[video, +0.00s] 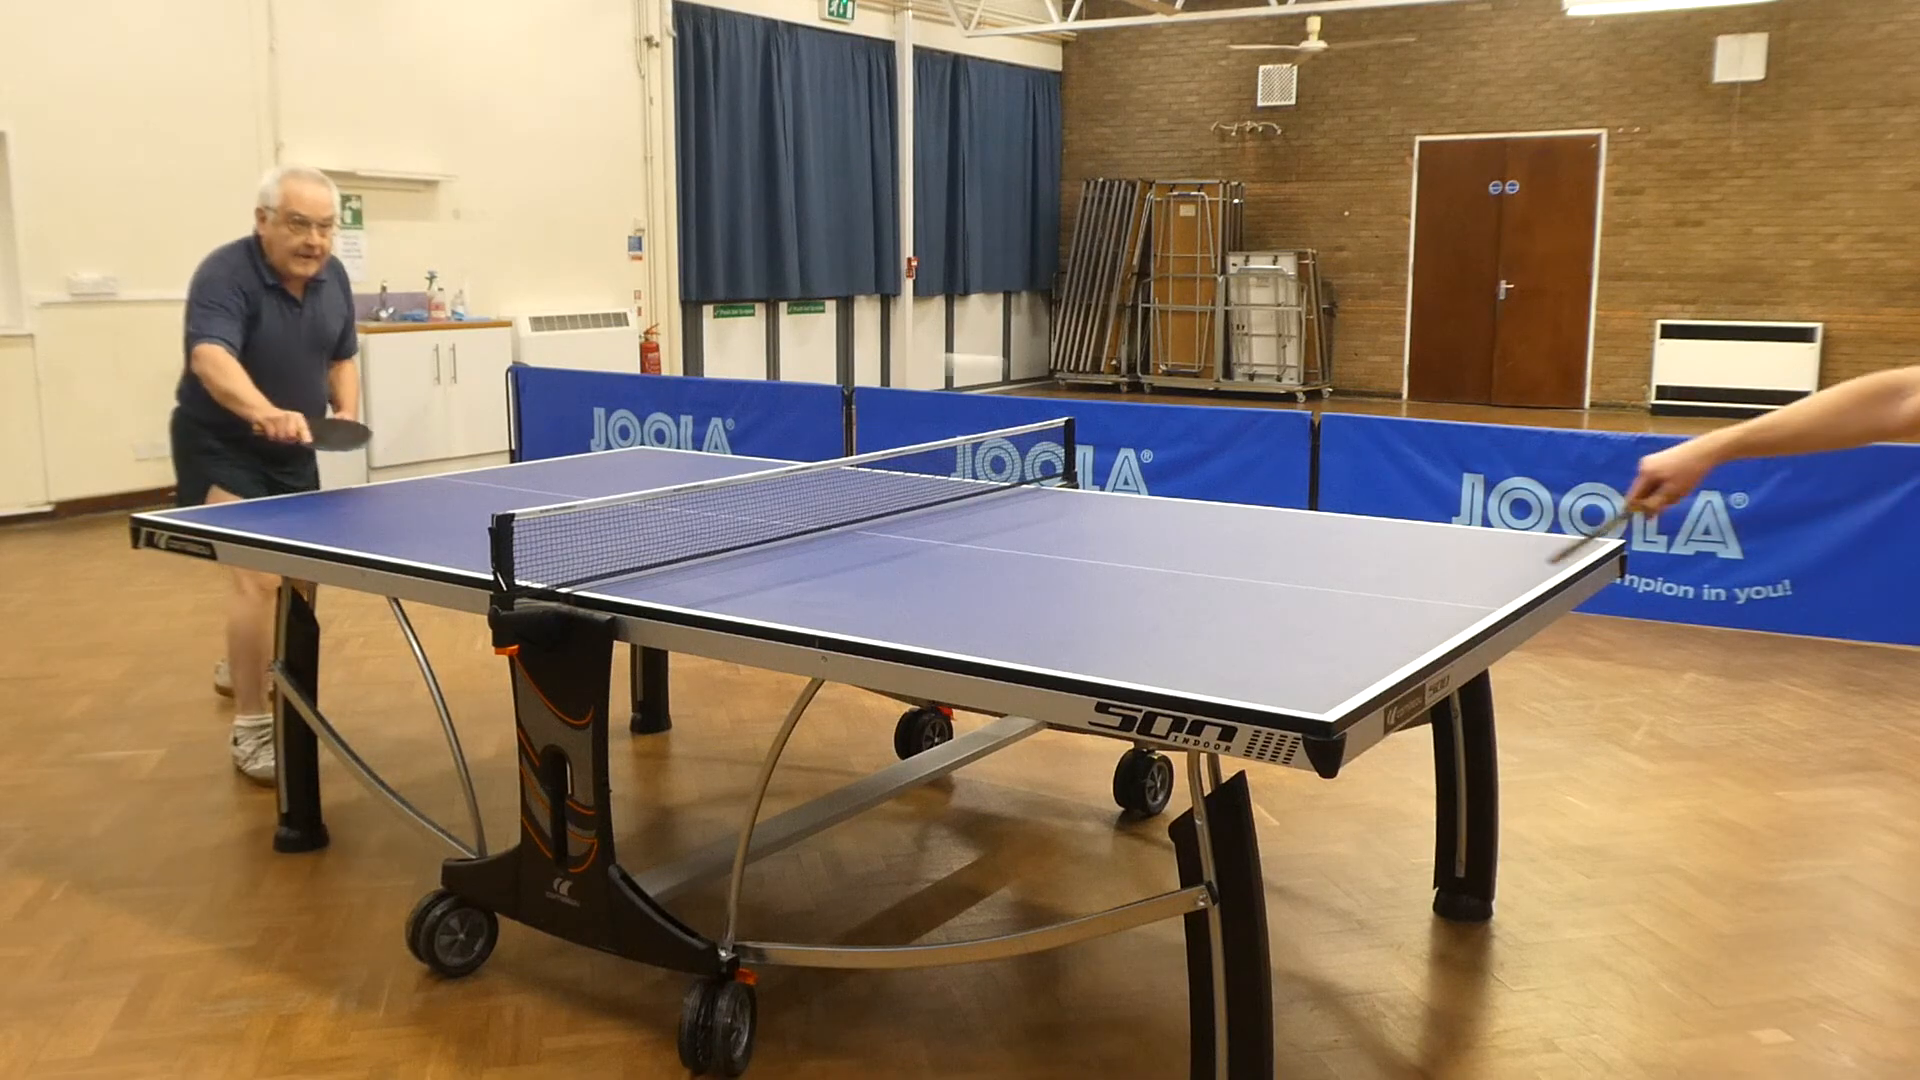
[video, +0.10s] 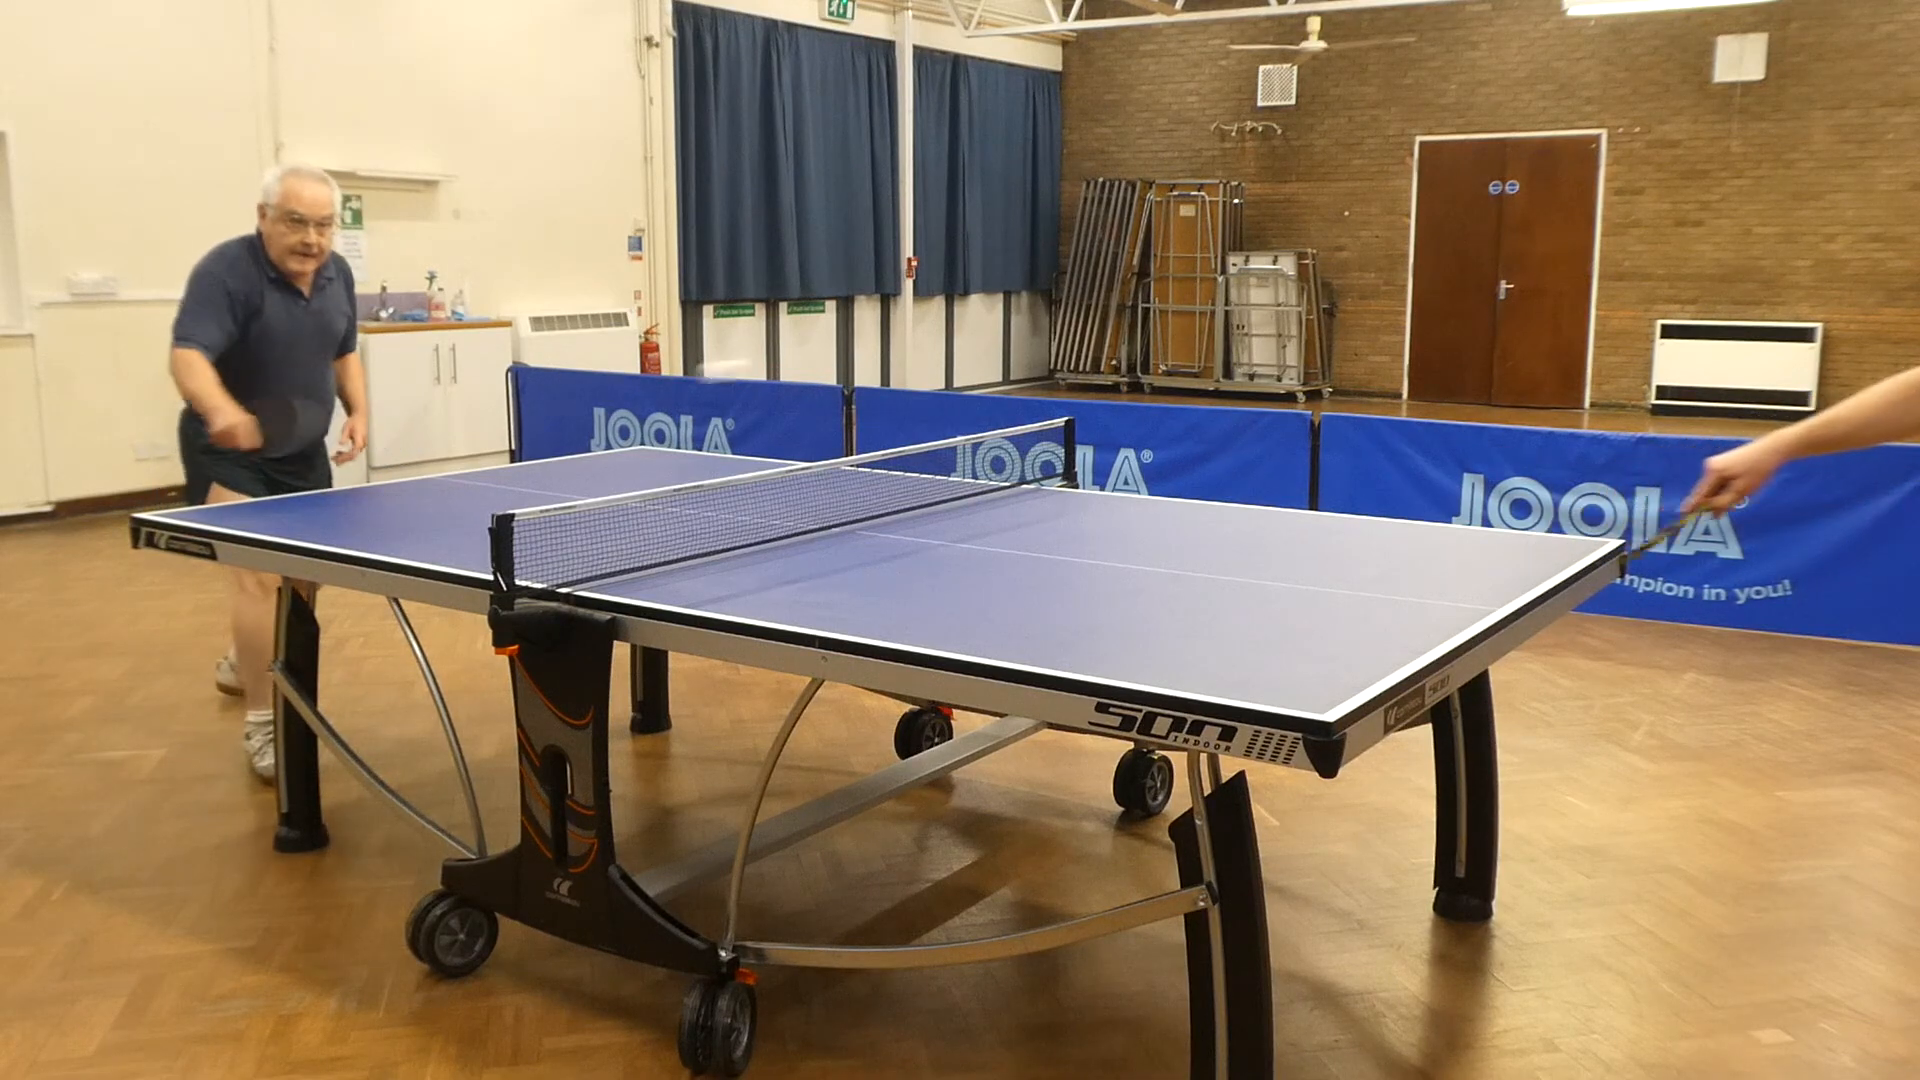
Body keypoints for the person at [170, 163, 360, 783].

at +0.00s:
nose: (315, 239)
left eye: (326, 226)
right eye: (299, 224)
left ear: (335, 225)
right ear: (263, 220)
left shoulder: (331, 278)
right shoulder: (227, 272)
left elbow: (342, 357)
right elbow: (209, 357)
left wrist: (346, 411)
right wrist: (265, 410)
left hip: (294, 445)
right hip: (221, 441)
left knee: (297, 573)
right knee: (258, 579)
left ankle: (239, 667)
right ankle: (254, 725)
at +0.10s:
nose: (312, 238)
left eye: (324, 224)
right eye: (296, 222)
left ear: (336, 223)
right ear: (264, 218)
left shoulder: (335, 273)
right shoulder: (227, 269)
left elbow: (344, 352)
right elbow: (187, 354)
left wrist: (357, 409)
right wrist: (223, 409)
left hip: (304, 452)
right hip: (236, 453)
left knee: (304, 573)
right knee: (259, 578)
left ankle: (242, 662)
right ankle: (264, 721)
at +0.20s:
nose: (307, 244)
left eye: (320, 230)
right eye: (292, 229)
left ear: (334, 226)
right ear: (262, 222)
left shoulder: (344, 276)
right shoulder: (222, 275)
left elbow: (353, 347)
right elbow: (173, 359)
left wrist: (366, 414)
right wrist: (173, 420)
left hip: (310, 458)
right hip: (238, 459)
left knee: (306, 577)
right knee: (264, 580)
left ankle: (245, 660)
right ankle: (270, 719)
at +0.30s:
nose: (295, 250)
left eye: (309, 236)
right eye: (280, 233)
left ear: (327, 229)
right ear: (255, 221)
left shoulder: (345, 271)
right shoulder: (218, 276)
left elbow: (361, 341)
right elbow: (185, 361)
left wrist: (370, 407)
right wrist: (183, 417)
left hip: (315, 459)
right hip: (243, 458)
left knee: (297, 579)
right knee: (274, 581)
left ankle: (243, 659)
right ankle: (271, 718)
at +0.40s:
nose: (282, 242)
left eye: (297, 229)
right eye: (269, 226)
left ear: (320, 225)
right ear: (250, 217)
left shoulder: (346, 260)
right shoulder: (223, 271)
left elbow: (365, 319)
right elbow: (209, 359)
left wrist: (371, 380)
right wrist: (231, 399)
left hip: (321, 450)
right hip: (254, 449)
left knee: (301, 572)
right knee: (274, 578)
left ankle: (250, 651)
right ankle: (270, 716)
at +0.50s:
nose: (283, 233)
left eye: (298, 218)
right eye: (268, 216)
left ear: (320, 213)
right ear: (248, 210)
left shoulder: (345, 249)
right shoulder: (232, 265)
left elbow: (368, 307)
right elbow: (251, 346)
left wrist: (375, 355)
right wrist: (283, 382)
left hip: (326, 433)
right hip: (253, 436)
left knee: (345, 561)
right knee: (278, 574)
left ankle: (269, 632)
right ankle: (270, 717)